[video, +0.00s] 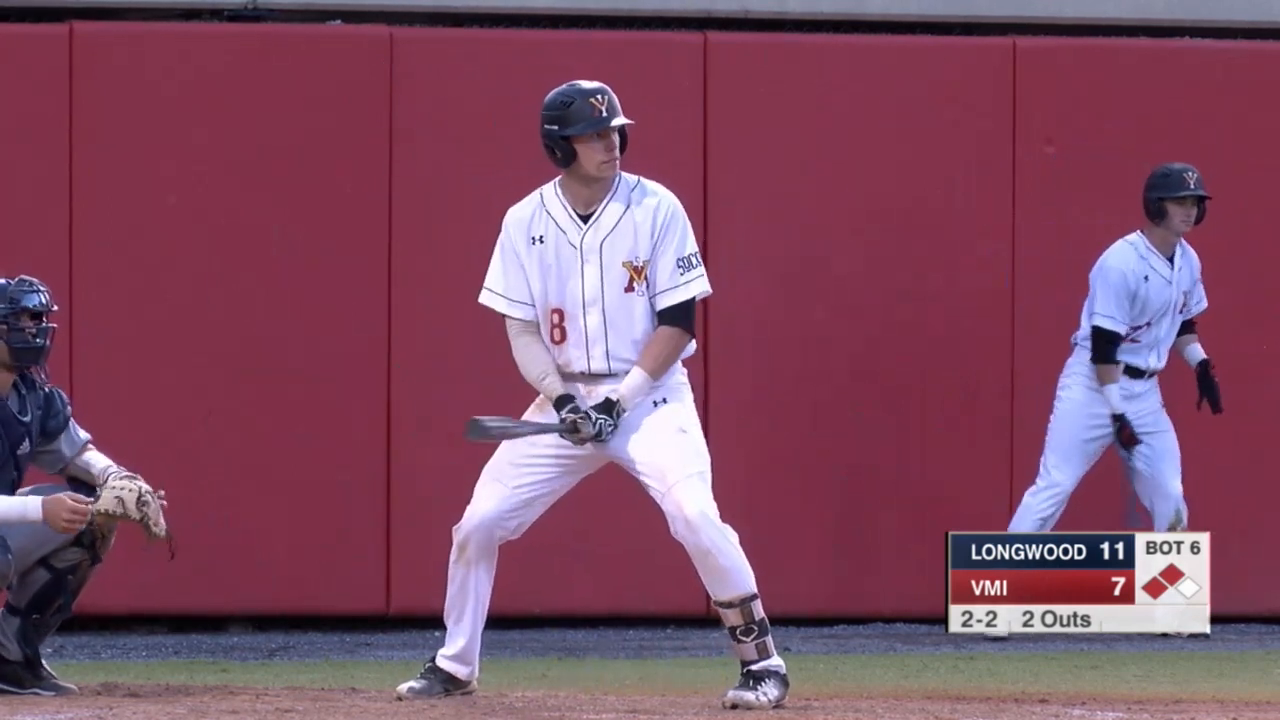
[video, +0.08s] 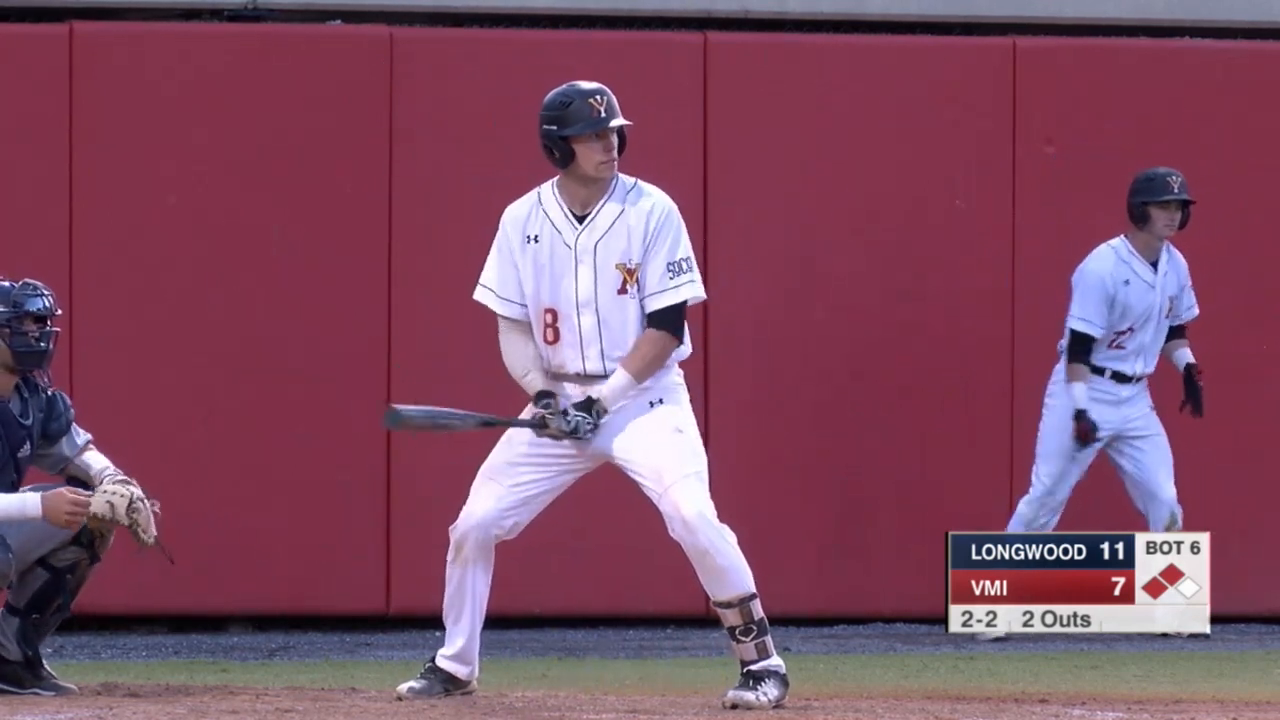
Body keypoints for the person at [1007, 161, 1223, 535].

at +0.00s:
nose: (1190, 212)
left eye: (1195, 204)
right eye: (1181, 202)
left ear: (1200, 209)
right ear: (1155, 205)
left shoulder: (1187, 261)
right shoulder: (1119, 262)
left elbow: (1183, 327)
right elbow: (1103, 346)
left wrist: (1202, 365)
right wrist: (1118, 413)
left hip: (1144, 391)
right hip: (1092, 386)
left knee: (1169, 499)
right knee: (1054, 489)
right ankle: (1003, 575)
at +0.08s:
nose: (1175, 215)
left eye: (1179, 207)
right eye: (1165, 207)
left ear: (1183, 212)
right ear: (1140, 210)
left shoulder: (1174, 264)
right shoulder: (1102, 266)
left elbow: (1172, 330)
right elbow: (1078, 348)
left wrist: (1189, 369)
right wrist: (1080, 408)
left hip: (1135, 398)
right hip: (1081, 391)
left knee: (1165, 505)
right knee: (1047, 496)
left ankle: (1171, 609)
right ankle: (992, 591)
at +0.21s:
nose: (1147, 218)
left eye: (1153, 210)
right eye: (1138, 210)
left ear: (1158, 216)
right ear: (1114, 213)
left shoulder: (1154, 266)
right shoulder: (1074, 268)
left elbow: (1156, 329)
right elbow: (1043, 339)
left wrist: (1167, 369)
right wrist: (1024, 394)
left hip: (1118, 401)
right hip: (1062, 395)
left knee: (1151, 505)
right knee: (1038, 497)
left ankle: (1165, 606)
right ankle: (991, 594)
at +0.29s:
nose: (1137, 218)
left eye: (1142, 210)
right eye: (1128, 210)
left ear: (1146, 216)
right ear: (1103, 213)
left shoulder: (1144, 265)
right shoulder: (1062, 267)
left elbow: (1148, 329)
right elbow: (1027, 335)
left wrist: (1158, 368)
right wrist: (1000, 387)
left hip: (1111, 401)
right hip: (1053, 396)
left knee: (1145, 506)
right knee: (1031, 500)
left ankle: (1164, 607)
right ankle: (989, 598)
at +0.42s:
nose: (1123, 218)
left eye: (1128, 210)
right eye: (1114, 209)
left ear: (1131, 215)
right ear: (1088, 212)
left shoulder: (1132, 265)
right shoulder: (1047, 266)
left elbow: (1139, 325)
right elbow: (1002, 329)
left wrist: (1147, 365)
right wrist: (967, 369)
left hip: (1101, 400)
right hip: (1042, 396)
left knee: (1140, 502)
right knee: (1024, 496)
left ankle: (1164, 602)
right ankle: (987, 597)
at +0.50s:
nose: (1119, 218)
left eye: (1124, 210)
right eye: (1110, 210)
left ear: (1128, 215)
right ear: (1085, 212)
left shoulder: (1130, 265)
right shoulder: (1044, 265)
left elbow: (1138, 324)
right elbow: (998, 326)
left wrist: (1145, 365)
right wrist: (958, 365)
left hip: (1100, 400)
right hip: (1040, 396)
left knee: (1141, 502)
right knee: (1024, 496)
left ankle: (1165, 603)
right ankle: (985, 598)